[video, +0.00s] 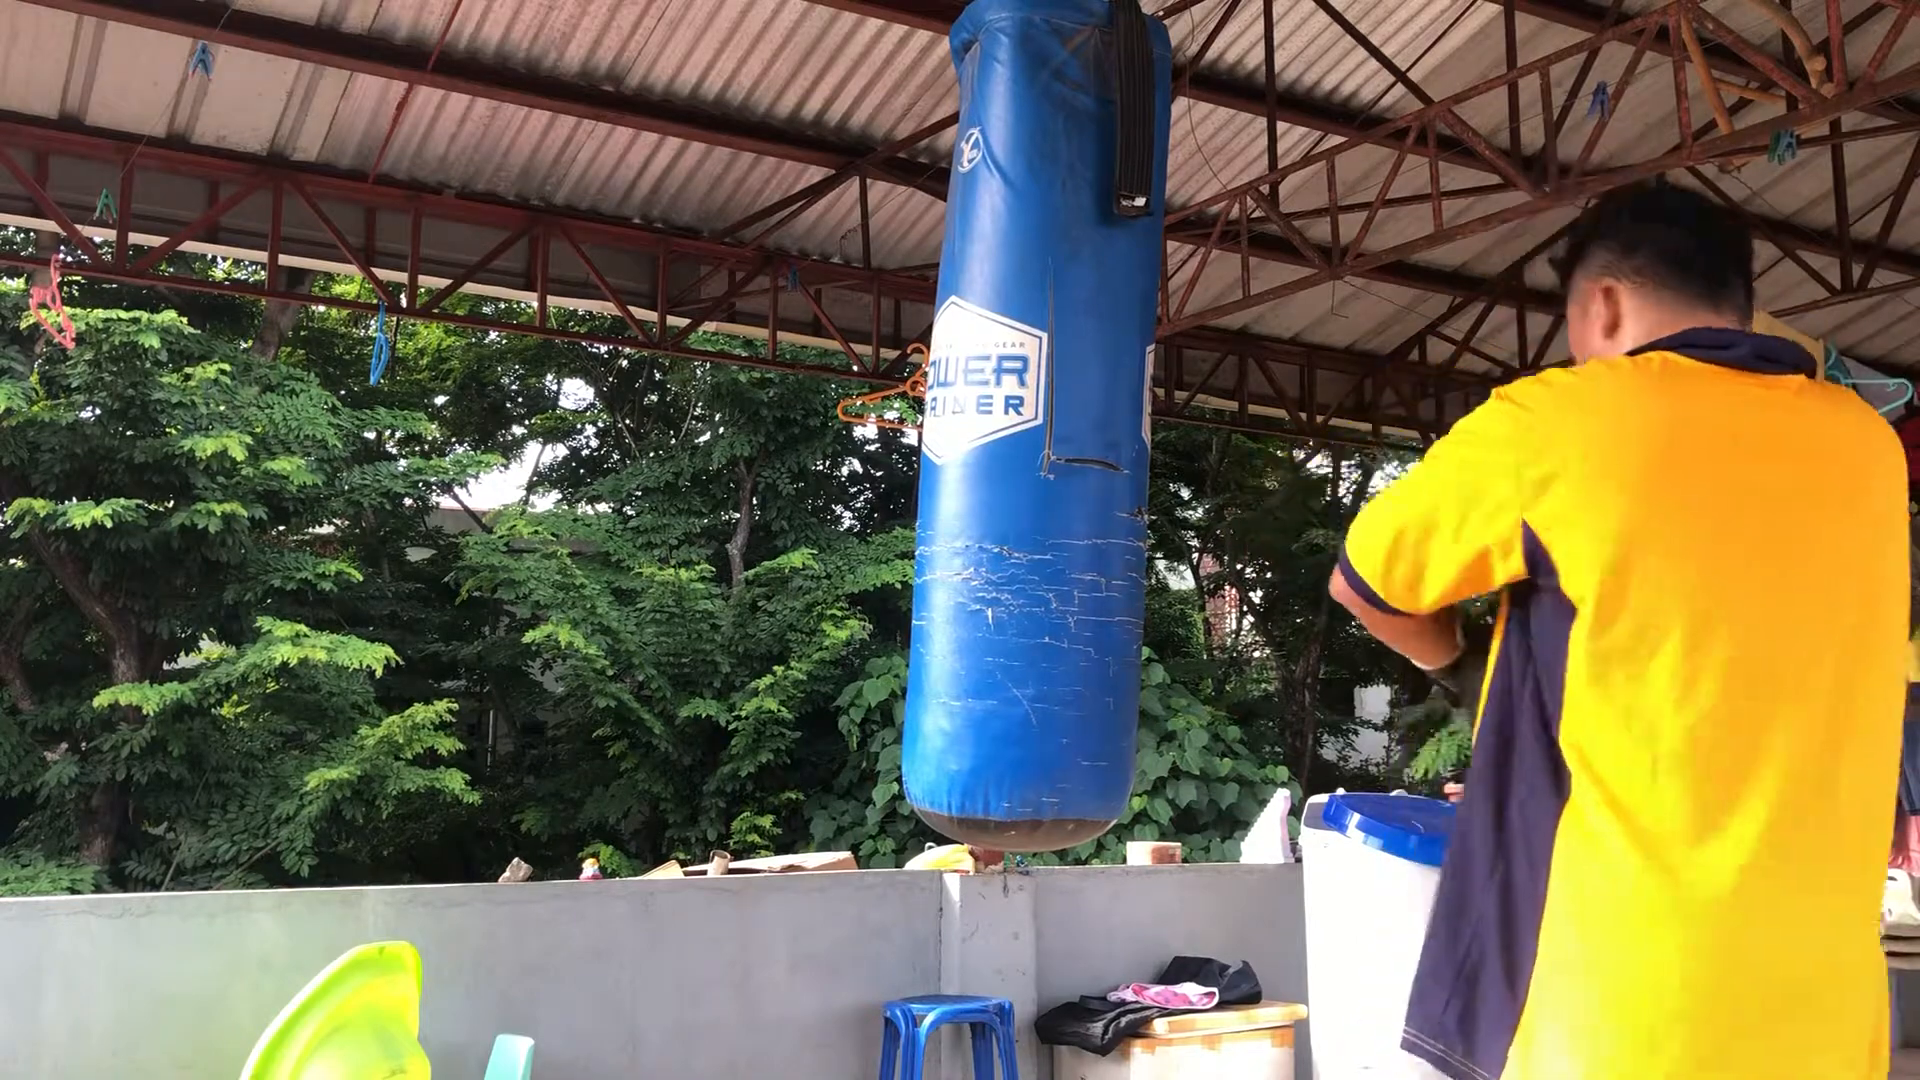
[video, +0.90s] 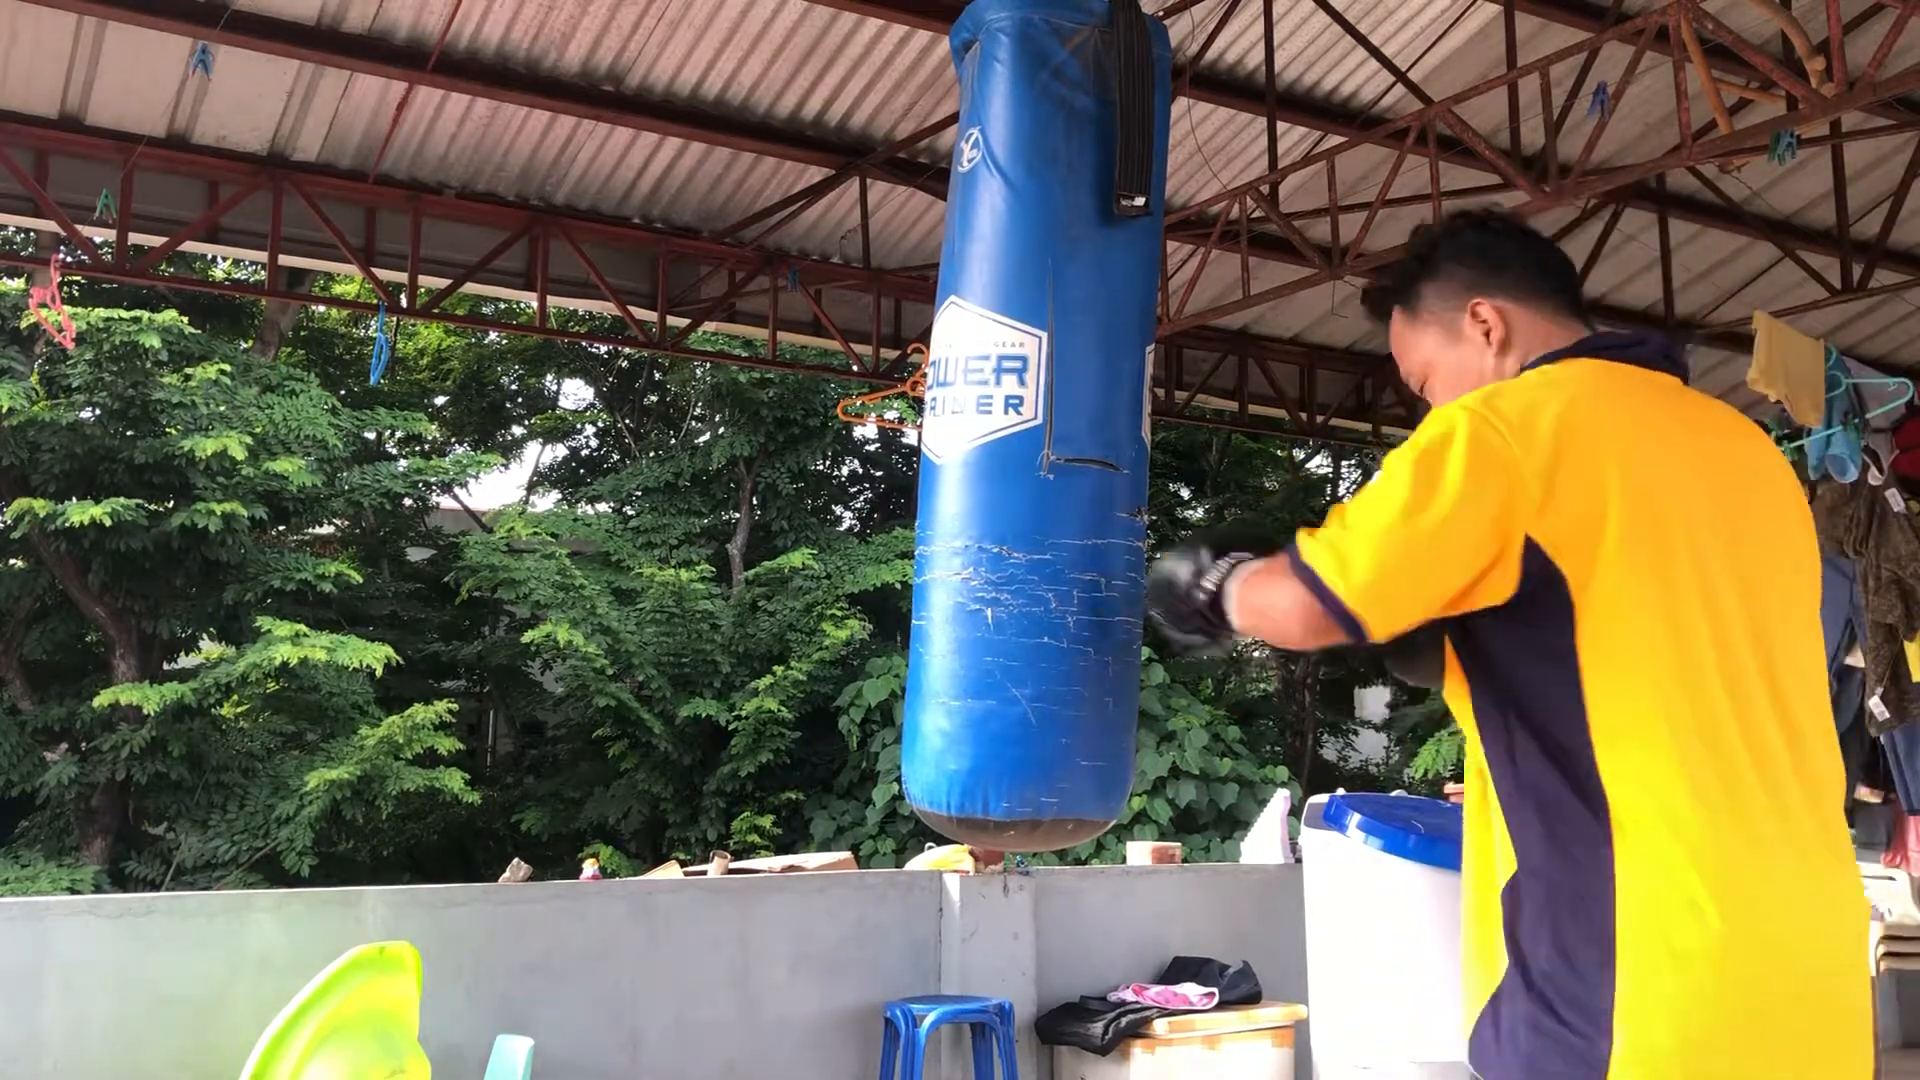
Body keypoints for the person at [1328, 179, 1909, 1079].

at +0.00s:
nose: (1570, 355)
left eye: (1568, 329)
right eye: (1567, 333)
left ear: (1605, 307)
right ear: (1739, 312)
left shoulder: (1557, 414)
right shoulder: (1873, 445)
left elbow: (1367, 581)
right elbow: (1895, 674)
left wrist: (1457, 655)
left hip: (1604, 1019)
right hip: (1827, 1018)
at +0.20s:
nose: (1598, 390)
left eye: (1594, 353)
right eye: (1588, 362)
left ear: (1652, 310)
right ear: (1758, 317)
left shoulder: (1632, 428)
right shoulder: (1893, 464)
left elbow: (1475, 651)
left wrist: (1423, 622)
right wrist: (1553, 810)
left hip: (1683, 1015)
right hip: (1889, 1011)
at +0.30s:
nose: (1592, 394)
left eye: (1591, 353)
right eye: (1584, 363)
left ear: (1663, 313)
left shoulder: (1673, 431)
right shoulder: (1890, 470)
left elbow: (1581, 651)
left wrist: (1442, 651)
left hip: (1683, 1019)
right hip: (1878, 1013)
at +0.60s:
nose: (1543, 391)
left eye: (1543, 351)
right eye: (1533, 361)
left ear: (1630, 316)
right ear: (1638, 316)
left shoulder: (1658, 437)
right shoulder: (1811, 456)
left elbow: (1630, 662)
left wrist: (1496, 680)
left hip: (1662, 1011)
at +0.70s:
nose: (1503, 384)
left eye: (1504, 344)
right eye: (1494, 354)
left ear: (1590, 311)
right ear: (1600, 313)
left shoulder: (1629, 436)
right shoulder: (1765, 441)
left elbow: (1577, 666)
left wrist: (1447, 674)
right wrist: (1557, 785)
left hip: (1651, 1005)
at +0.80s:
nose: (1458, 388)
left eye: (1457, 348)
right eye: (1449, 359)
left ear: (1535, 308)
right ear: (1544, 307)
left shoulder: (1569, 431)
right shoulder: (1749, 443)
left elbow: (1514, 656)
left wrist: (1387, 648)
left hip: (1626, 1012)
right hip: (1789, 1000)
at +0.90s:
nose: (1435, 414)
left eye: (1426, 387)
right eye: (1420, 398)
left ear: (1486, 327)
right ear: (1574, 320)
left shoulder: (1508, 426)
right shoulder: (1754, 448)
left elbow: (1309, 605)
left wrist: (1210, 584)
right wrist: (1438, 645)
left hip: (1617, 1022)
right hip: (1817, 1013)